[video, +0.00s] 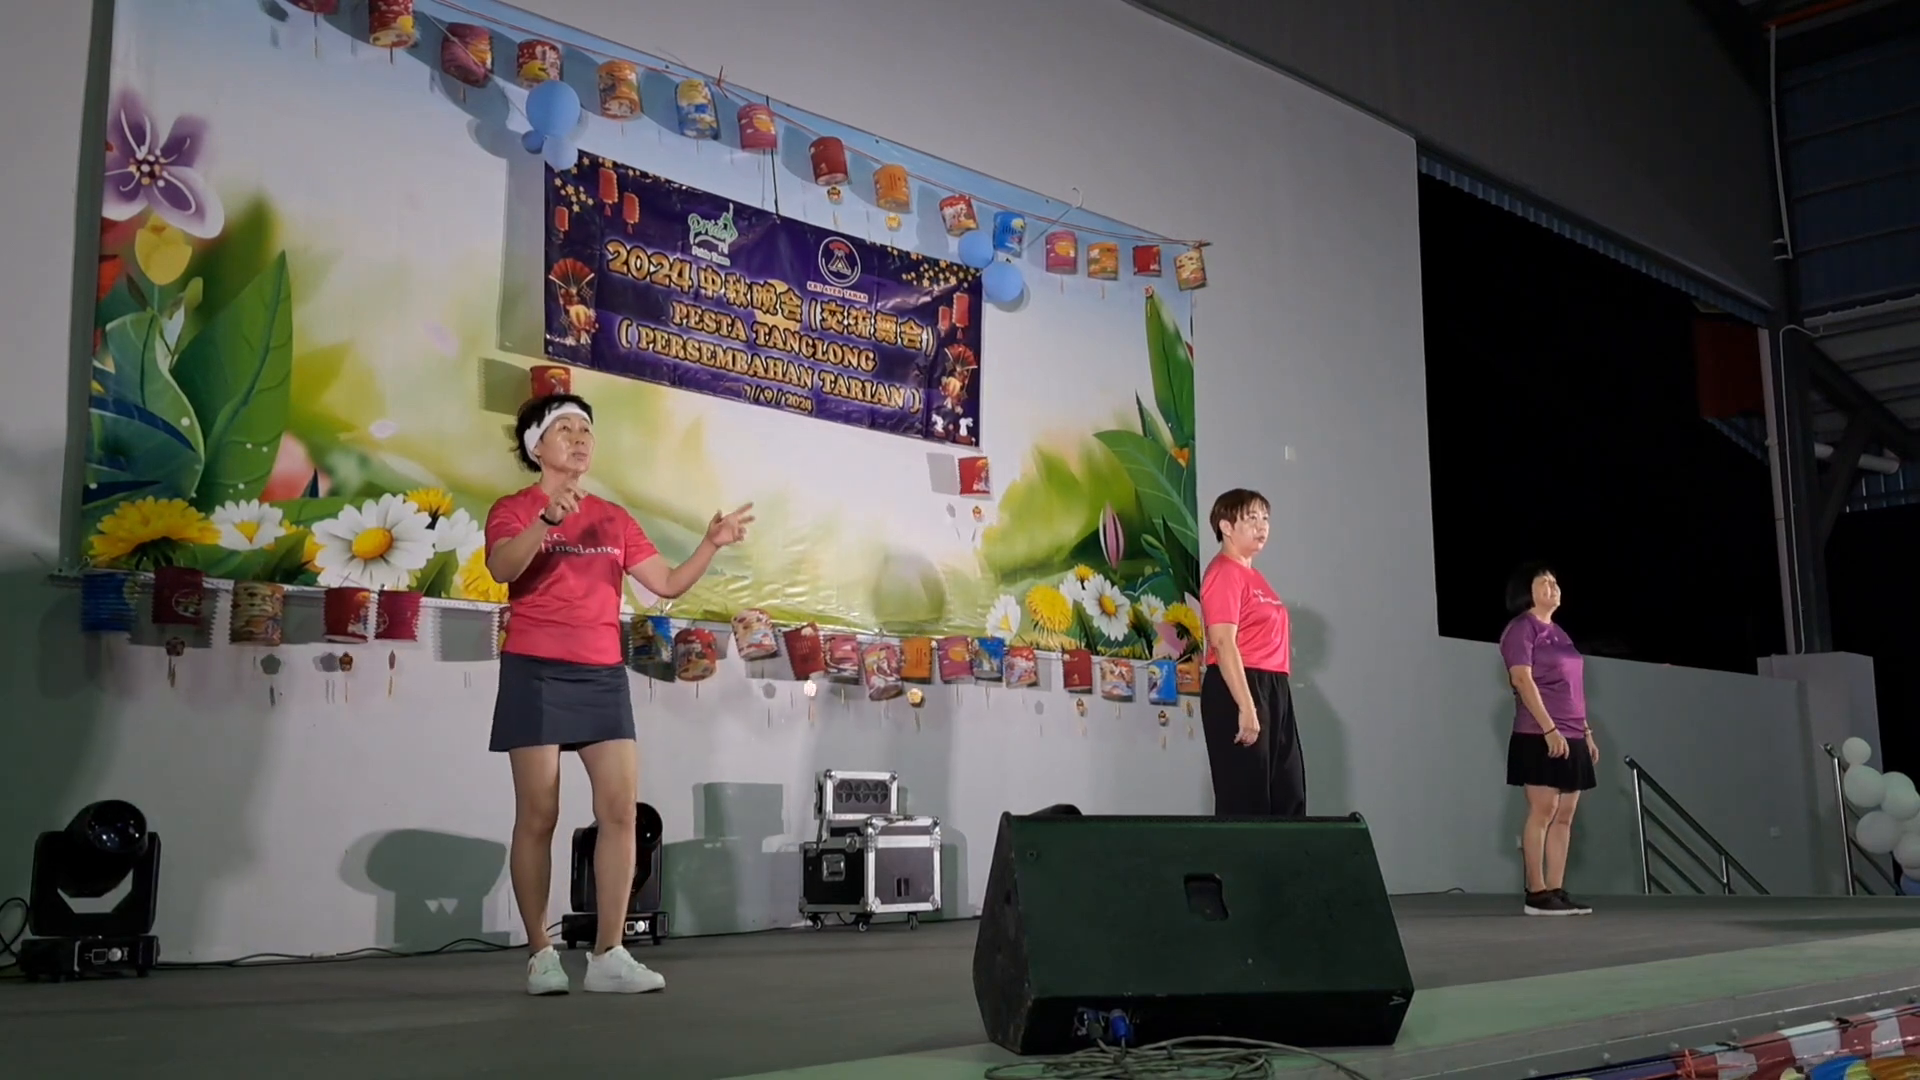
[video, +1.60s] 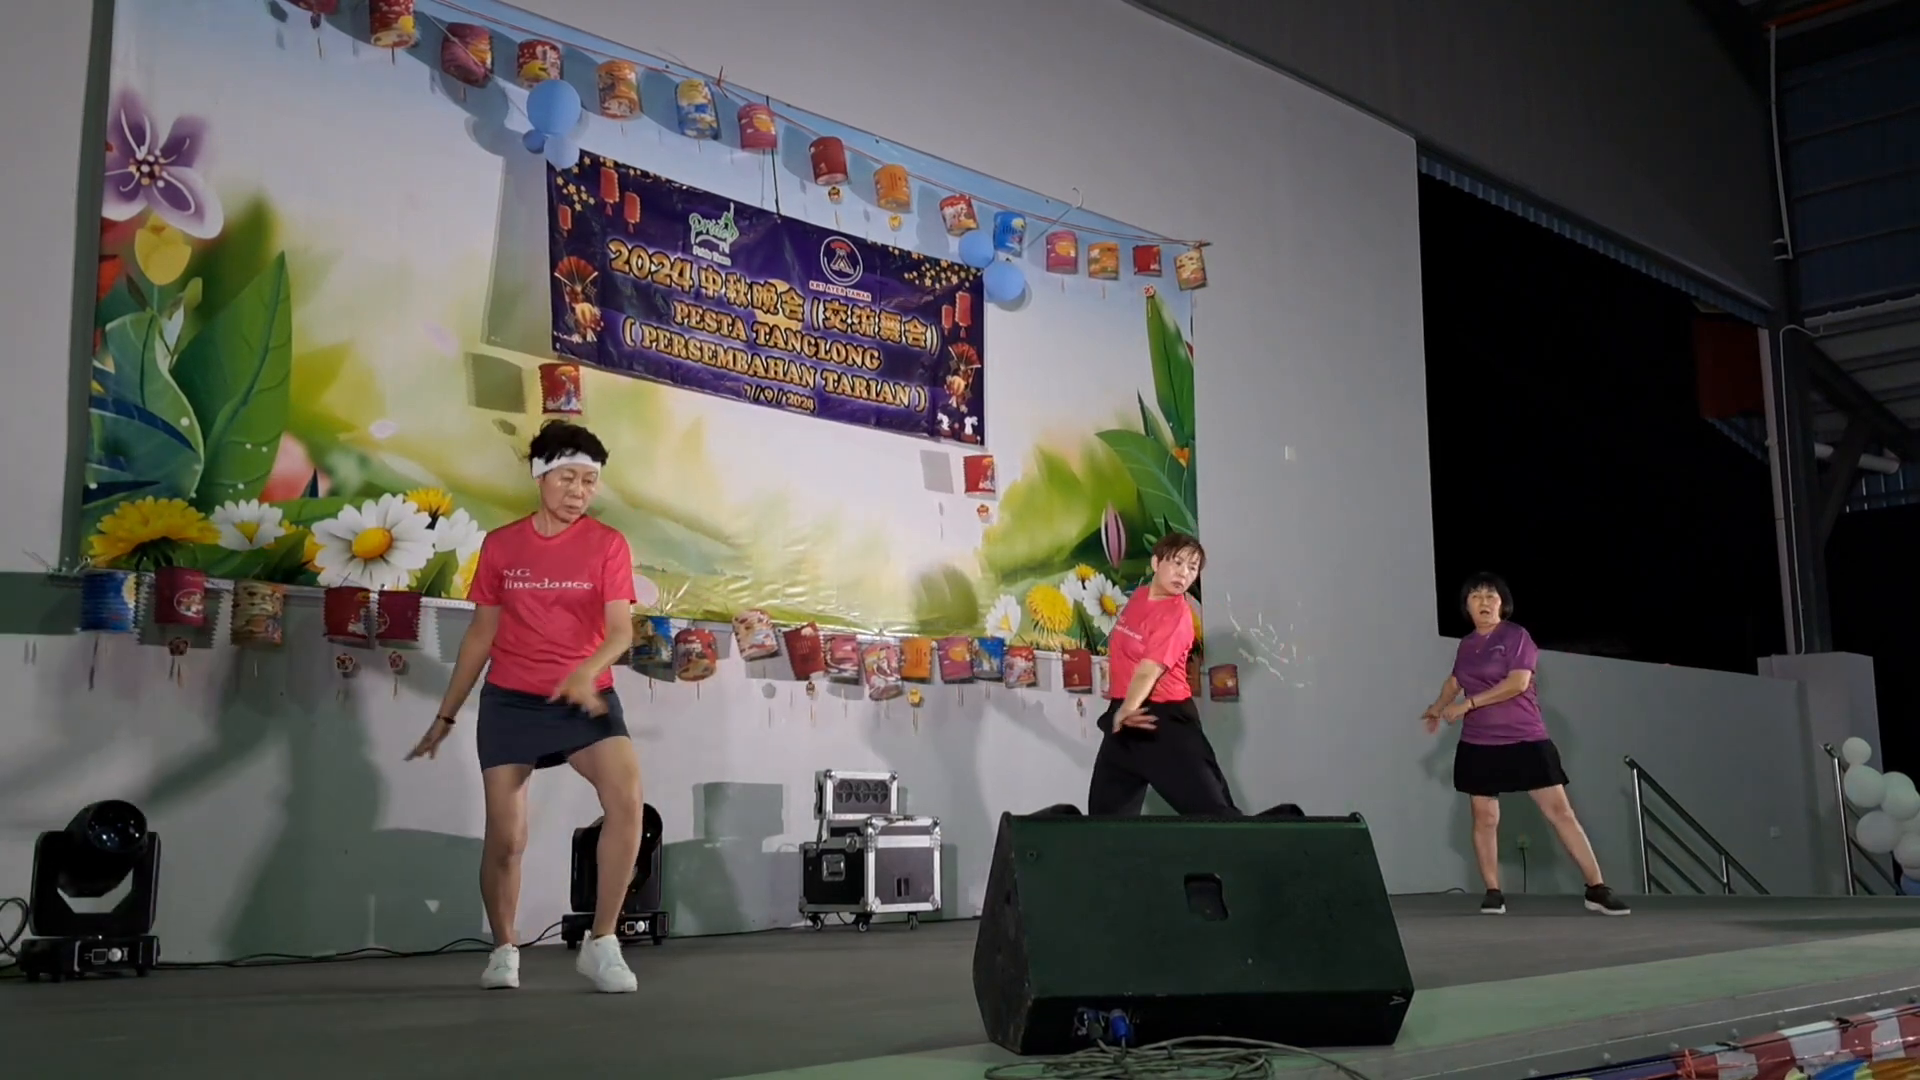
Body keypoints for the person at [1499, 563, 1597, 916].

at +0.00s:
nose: (1552, 588)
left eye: (1554, 583)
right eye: (1543, 583)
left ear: (1558, 592)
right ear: (1527, 592)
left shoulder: (1559, 633)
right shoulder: (1521, 628)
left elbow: (1570, 688)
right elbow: (1522, 681)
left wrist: (1586, 733)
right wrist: (1550, 729)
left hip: (1571, 737)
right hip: (1537, 735)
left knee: (1564, 814)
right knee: (1542, 810)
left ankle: (1555, 891)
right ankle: (1536, 892)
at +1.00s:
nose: (1540, 586)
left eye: (1546, 582)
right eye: (1532, 582)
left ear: (1555, 594)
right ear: (1519, 594)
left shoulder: (1570, 636)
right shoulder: (1504, 631)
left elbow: (1592, 679)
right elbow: (1494, 679)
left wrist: (1619, 722)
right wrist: (1510, 724)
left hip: (1559, 738)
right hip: (1518, 735)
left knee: (1564, 812)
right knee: (1528, 810)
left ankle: (1554, 892)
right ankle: (1521, 890)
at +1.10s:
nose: (1527, 588)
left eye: (1533, 583)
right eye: (1519, 584)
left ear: (1544, 593)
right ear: (1508, 595)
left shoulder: (1565, 634)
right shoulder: (1495, 633)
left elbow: (1592, 675)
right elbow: (1474, 677)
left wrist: (1616, 713)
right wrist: (1469, 712)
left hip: (1558, 738)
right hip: (1511, 737)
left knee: (1565, 813)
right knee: (1513, 813)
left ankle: (1553, 892)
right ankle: (1498, 882)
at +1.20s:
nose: (1511, 591)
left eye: (1517, 586)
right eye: (1504, 587)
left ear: (1529, 594)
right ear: (1494, 598)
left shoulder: (1553, 631)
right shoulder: (1482, 637)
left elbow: (1577, 669)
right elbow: (1453, 676)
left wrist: (1582, 701)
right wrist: (1426, 706)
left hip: (1552, 737)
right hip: (1503, 739)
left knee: (1571, 811)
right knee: (1498, 815)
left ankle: (1555, 890)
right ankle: (1494, 889)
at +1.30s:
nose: (1499, 597)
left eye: (1505, 591)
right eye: (1492, 592)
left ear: (1517, 597)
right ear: (1482, 601)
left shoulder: (1540, 633)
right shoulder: (1471, 642)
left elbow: (1558, 675)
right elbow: (1438, 679)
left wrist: (1535, 696)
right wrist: (1397, 707)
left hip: (1543, 740)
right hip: (1492, 743)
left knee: (1584, 803)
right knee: (1492, 817)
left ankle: (1569, 882)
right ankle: (1493, 892)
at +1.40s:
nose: (1492, 599)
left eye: (1498, 593)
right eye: (1484, 594)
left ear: (1509, 599)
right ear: (1475, 603)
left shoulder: (1528, 634)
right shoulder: (1466, 645)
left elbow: (1539, 681)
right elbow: (1436, 681)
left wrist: (1491, 703)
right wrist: (1394, 708)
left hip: (1536, 741)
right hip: (1486, 744)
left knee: (1576, 807)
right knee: (1488, 816)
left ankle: (1597, 887)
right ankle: (1493, 892)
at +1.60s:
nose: (1484, 604)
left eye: (1491, 597)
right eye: (1477, 597)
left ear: (1502, 603)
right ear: (1467, 605)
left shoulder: (1517, 636)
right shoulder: (1466, 645)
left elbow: (1518, 683)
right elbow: (1455, 682)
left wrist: (1467, 704)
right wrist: (1438, 706)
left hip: (1527, 741)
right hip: (1480, 744)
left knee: (1561, 811)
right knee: (1485, 816)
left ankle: (1597, 888)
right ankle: (1493, 892)